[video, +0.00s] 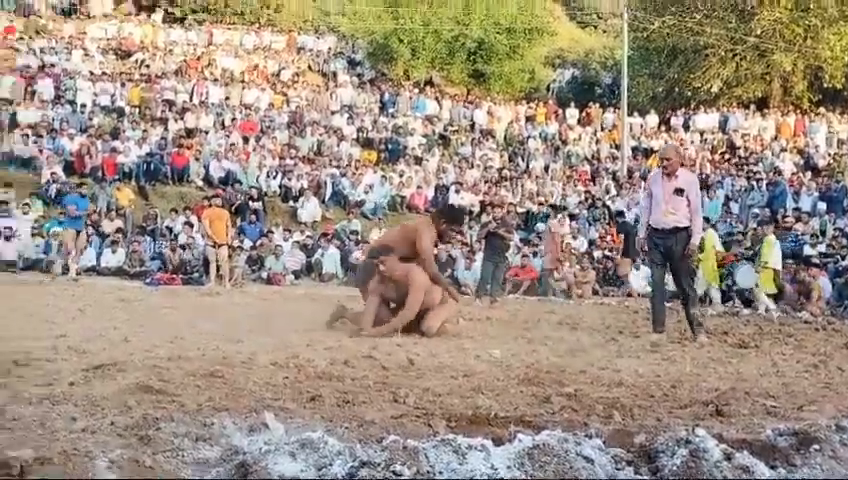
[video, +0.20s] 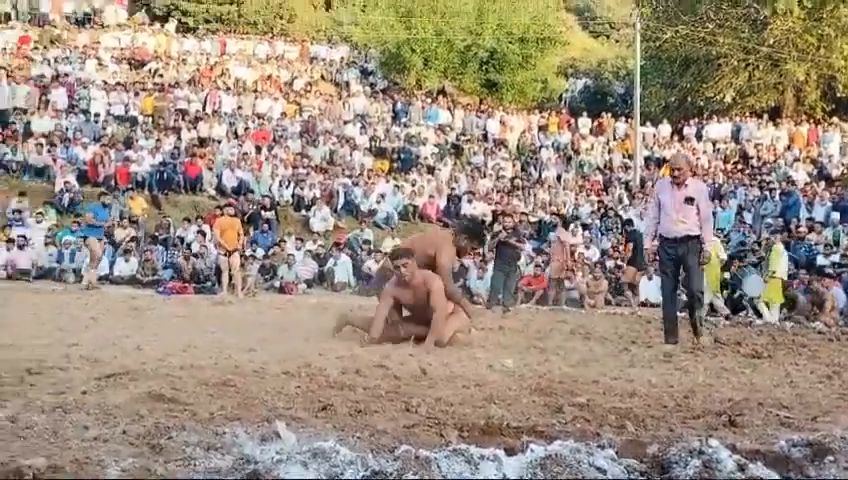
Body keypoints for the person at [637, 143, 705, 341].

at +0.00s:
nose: (664, 163)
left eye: (668, 160)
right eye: (662, 160)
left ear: (679, 160)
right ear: (659, 160)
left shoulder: (689, 179)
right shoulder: (653, 178)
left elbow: (696, 211)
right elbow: (645, 207)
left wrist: (695, 239)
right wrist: (642, 233)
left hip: (679, 232)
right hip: (655, 232)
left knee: (684, 284)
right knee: (657, 283)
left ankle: (697, 329)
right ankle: (658, 329)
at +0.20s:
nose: (675, 174)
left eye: (679, 170)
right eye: (672, 170)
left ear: (689, 169)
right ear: (669, 169)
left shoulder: (699, 187)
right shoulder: (660, 186)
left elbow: (706, 217)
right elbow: (653, 215)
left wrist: (707, 244)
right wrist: (648, 241)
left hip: (691, 241)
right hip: (667, 242)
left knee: (695, 289)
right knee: (668, 292)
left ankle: (697, 325)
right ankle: (670, 336)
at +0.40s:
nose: (663, 176)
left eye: (667, 173)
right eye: (660, 172)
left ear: (677, 172)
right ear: (657, 172)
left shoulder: (687, 191)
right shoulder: (648, 190)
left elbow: (696, 221)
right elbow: (640, 219)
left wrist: (700, 247)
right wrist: (636, 244)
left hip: (680, 245)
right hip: (656, 246)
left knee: (685, 291)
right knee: (658, 296)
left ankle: (686, 338)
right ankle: (660, 341)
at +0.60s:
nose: (661, 182)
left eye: (666, 179)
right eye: (659, 178)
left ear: (677, 178)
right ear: (656, 177)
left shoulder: (688, 197)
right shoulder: (648, 195)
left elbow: (695, 227)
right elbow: (639, 224)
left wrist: (698, 252)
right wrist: (635, 249)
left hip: (678, 251)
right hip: (654, 252)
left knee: (684, 298)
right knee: (656, 303)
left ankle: (692, 345)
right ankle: (656, 347)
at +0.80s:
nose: (672, 181)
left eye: (676, 177)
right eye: (669, 177)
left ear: (686, 177)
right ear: (665, 177)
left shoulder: (696, 198)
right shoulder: (655, 195)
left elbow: (703, 230)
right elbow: (644, 226)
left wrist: (707, 258)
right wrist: (640, 253)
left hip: (687, 254)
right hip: (661, 254)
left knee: (688, 303)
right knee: (656, 302)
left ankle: (690, 351)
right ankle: (656, 342)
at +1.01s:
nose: (674, 180)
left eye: (679, 176)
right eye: (672, 176)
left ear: (688, 175)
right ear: (667, 175)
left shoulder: (699, 195)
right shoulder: (656, 194)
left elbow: (709, 227)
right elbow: (647, 225)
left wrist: (713, 255)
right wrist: (643, 252)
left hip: (688, 253)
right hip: (662, 252)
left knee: (688, 306)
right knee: (653, 301)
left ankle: (690, 352)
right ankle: (658, 335)